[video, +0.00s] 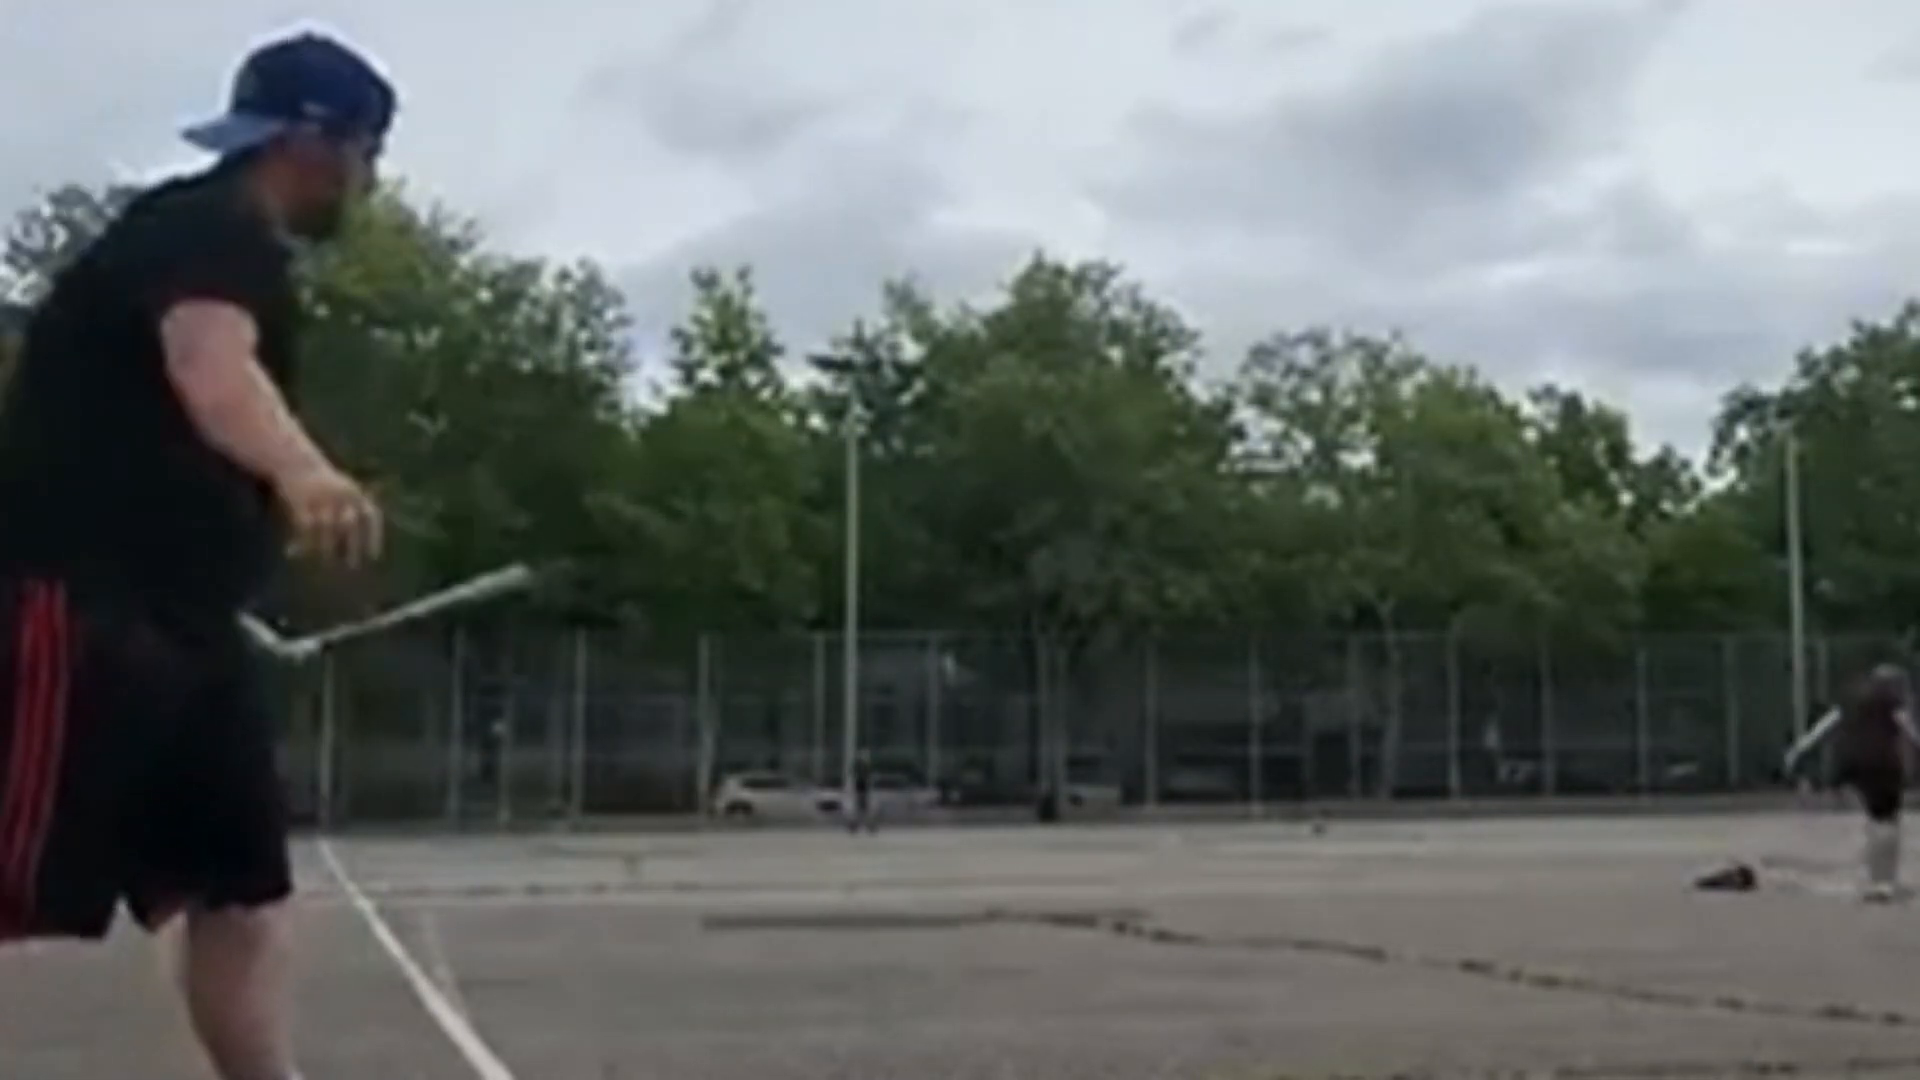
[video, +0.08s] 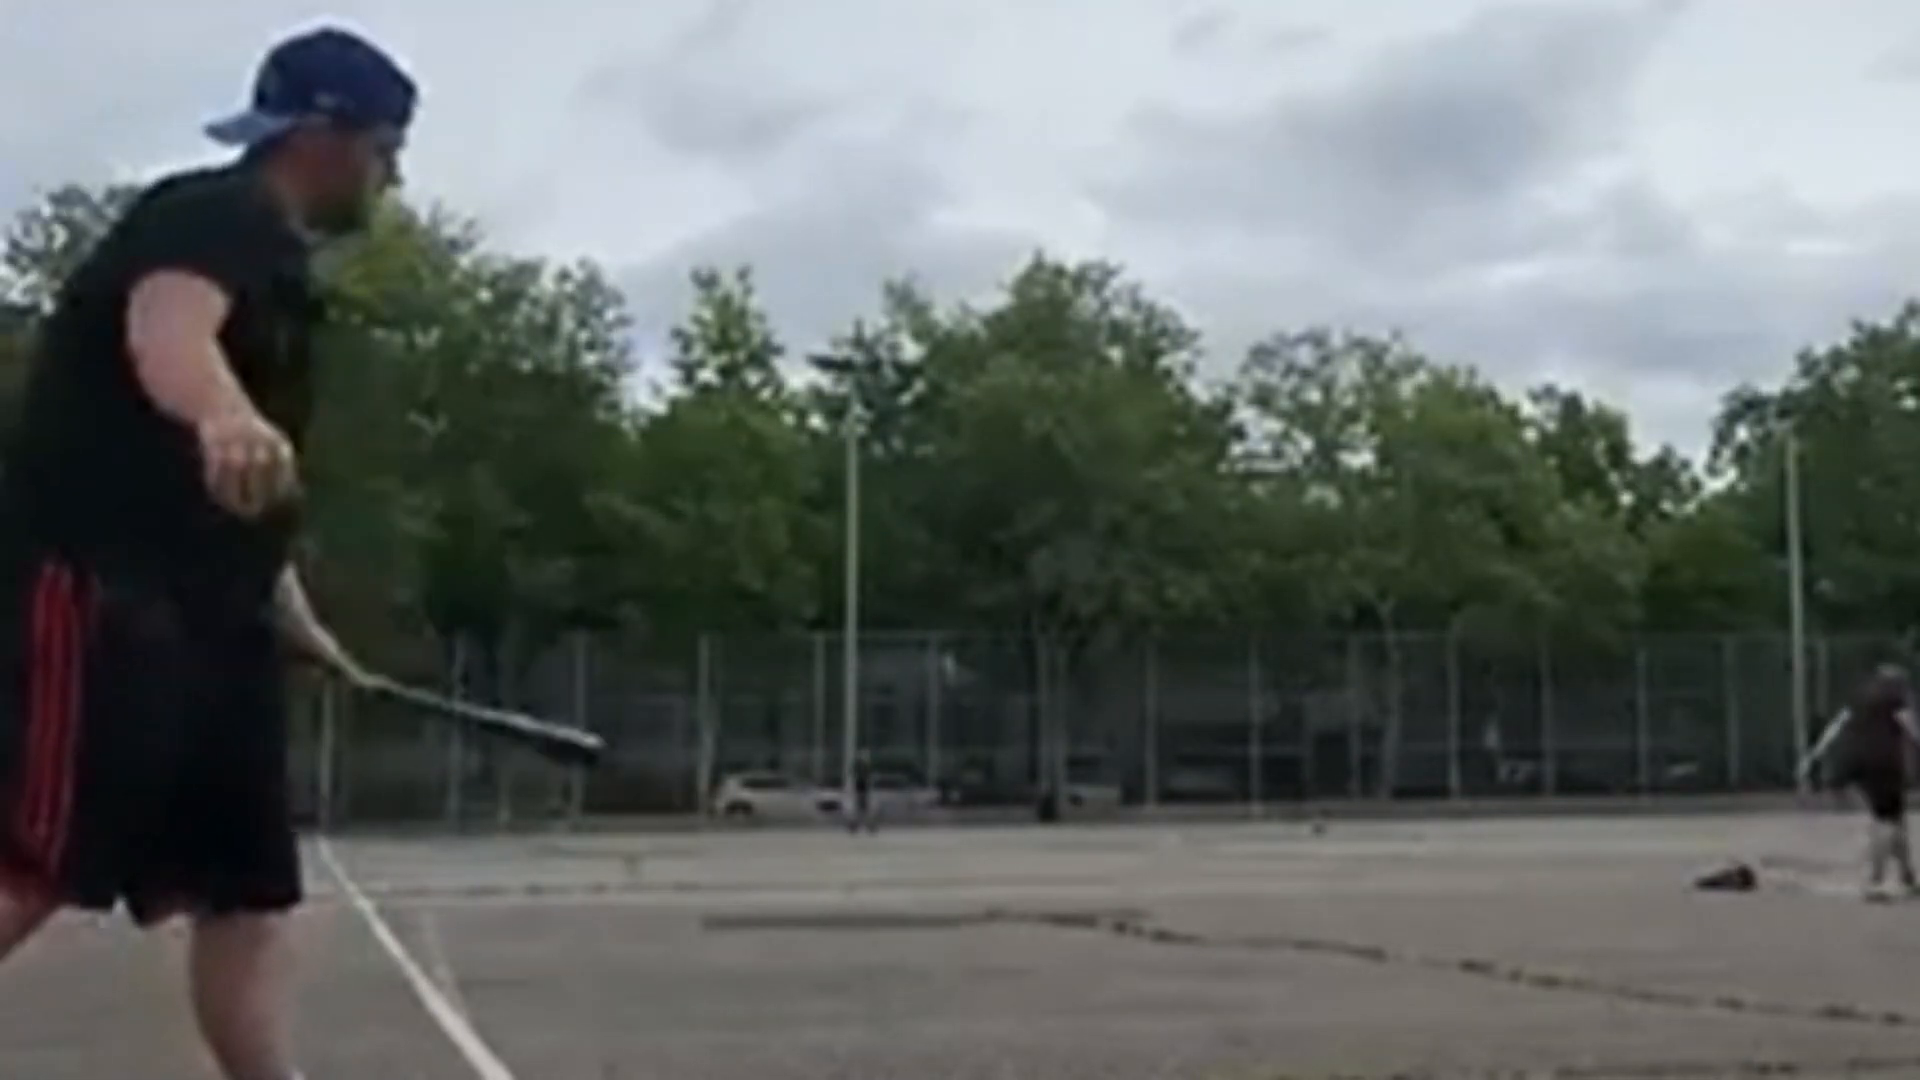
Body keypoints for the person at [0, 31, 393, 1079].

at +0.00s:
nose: (364, 181)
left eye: (367, 157)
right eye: (358, 153)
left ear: (270, 140)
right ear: (302, 142)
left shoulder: (197, 234)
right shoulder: (208, 227)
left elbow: (143, 439)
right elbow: (212, 370)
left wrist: (226, 588)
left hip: (174, 606)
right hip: (83, 596)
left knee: (234, 904)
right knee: (37, 902)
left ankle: (265, 1069)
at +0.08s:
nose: (388, 174)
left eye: (391, 151)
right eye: (381, 147)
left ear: (316, 134)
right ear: (318, 132)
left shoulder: (277, 268)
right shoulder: (210, 213)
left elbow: (217, 455)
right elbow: (166, 333)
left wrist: (277, 592)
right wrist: (227, 411)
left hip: (207, 592)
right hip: (90, 571)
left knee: (243, 899)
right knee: (38, 873)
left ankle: (264, 1064)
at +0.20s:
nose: (398, 154)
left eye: (402, 133)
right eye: (384, 128)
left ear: (336, 122)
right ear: (308, 114)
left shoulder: (319, 275)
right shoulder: (197, 203)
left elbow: (314, 455)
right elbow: (89, 320)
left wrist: (373, 602)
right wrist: (135, 392)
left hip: (257, 597)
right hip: (115, 578)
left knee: (254, 901)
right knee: (58, 869)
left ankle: (267, 1067)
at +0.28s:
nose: (390, 145)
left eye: (394, 124)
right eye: (374, 119)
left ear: (338, 117)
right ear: (299, 108)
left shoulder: (337, 272)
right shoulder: (193, 204)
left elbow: (337, 455)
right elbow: (64, 329)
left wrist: (393, 603)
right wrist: (124, 423)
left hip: (275, 613)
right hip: (131, 591)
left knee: (260, 904)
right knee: (64, 880)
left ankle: (272, 1067)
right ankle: (16, 1058)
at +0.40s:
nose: (356, 125)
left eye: (361, 104)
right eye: (336, 102)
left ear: (342, 110)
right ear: (255, 96)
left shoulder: (328, 256)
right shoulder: (159, 205)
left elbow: (342, 433)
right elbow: (36, 352)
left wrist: (436, 551)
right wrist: (118, 492)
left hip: (282, 615)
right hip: (130, 601)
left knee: (263, 903)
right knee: (71, 894)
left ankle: (271, 1067)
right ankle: (20, 1061)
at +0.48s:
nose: (331, 121)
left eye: (336, 99)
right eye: (313, 97)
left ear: (316, 101)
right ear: (229, 89)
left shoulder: (315, 253)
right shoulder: (127, 207)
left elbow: (334, 422)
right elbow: (25, 360)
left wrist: (448, 530)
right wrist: (122, 517)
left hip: (275, 613)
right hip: (126, 604)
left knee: (254, 908)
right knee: (69, 906)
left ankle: (273, 1073)